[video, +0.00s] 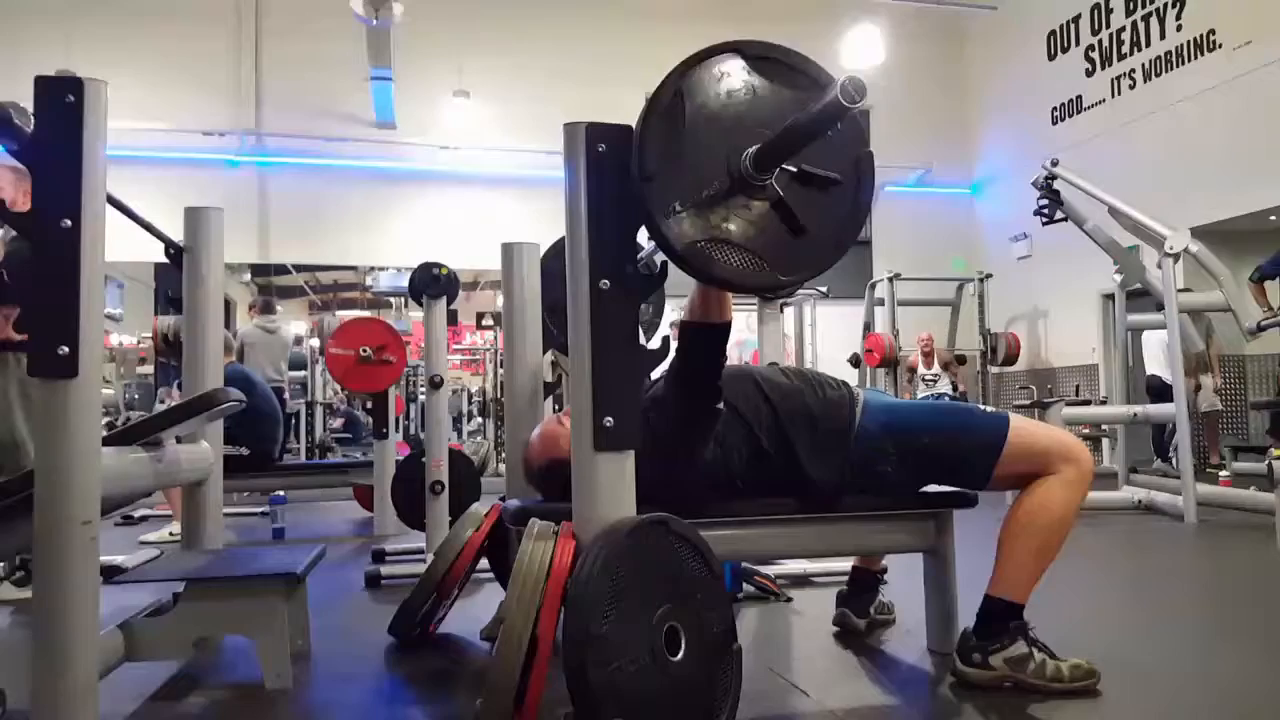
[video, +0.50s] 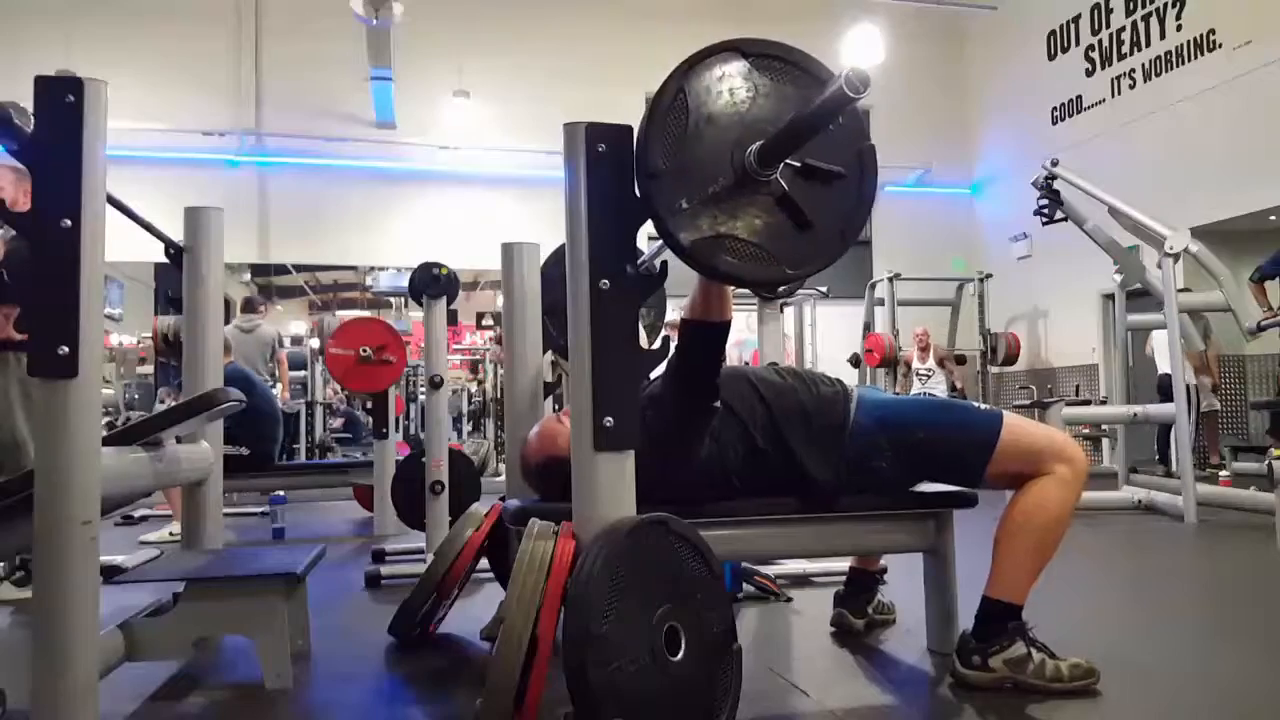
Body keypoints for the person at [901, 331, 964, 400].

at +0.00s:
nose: (925, 343)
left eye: (928, 340)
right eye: (922, 341)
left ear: (932, 342)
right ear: (918, 343)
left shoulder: (944, 357)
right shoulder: (913, 361)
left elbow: (957, 373)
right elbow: (908, 381)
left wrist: (961, 389)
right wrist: (907, 398)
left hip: (943, 391)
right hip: (923, 392)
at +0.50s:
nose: (920, 338)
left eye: (922, 335)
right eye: (917, 336)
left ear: (928, 337)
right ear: (914, 339)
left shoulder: (940, 353)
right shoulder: (910, 356)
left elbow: (953, 371)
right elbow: (902, 375)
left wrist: (960, 388)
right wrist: (898, 391)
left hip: (937, 393)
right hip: (916, 393)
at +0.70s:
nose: (911, 338)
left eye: (914, 335)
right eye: (908, 336)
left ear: (919, 337)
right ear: (905, 339)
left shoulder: (931, 353)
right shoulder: (900, 356)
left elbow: (943, 370)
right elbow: (895, 377)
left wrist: (949, 381)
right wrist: (892, 393)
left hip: (928, 393)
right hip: (907, 393)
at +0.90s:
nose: (901, 337)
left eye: (904, 334)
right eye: (898, 334)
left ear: (908, 337)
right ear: (895, 338)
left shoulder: (919, 354)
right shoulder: (887, 355)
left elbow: (930, 371)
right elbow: (884, 376)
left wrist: (936, 384)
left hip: (915, 393)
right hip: (894, 393)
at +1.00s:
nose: (897, 336)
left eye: (900, 333)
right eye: (894, 333)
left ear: (904, 336)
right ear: (890, 337)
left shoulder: (914, 352)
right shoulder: (883, 353)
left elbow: (923, 370)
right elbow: (879, 372)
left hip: (911, 392)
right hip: (889, 391)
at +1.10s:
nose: (896, 336)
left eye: (898, 333)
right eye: (893, 333)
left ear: (902, 335)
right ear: (887, 336)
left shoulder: (911, 352)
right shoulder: (878, 354)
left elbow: (923, 372)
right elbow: (874, 375)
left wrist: (928, 389)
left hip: (908, 394)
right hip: (886, 394)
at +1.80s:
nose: (904, 335)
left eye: (903, 332)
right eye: (901, 333)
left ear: (896, 336)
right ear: (890, 336)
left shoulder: (905, 352)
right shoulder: (879, 353)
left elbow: (925, 363)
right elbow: (868, 373)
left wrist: (947, 367)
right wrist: (871, 394)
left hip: (907, 397)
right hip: (887, 397)